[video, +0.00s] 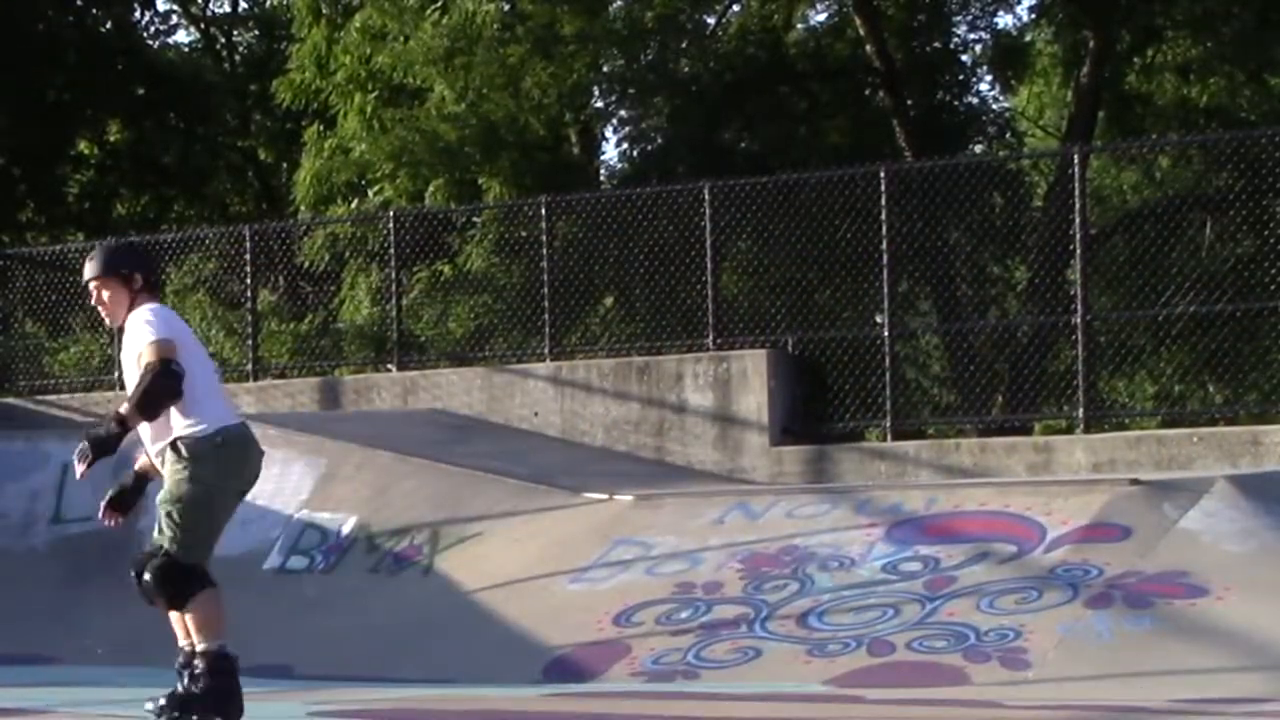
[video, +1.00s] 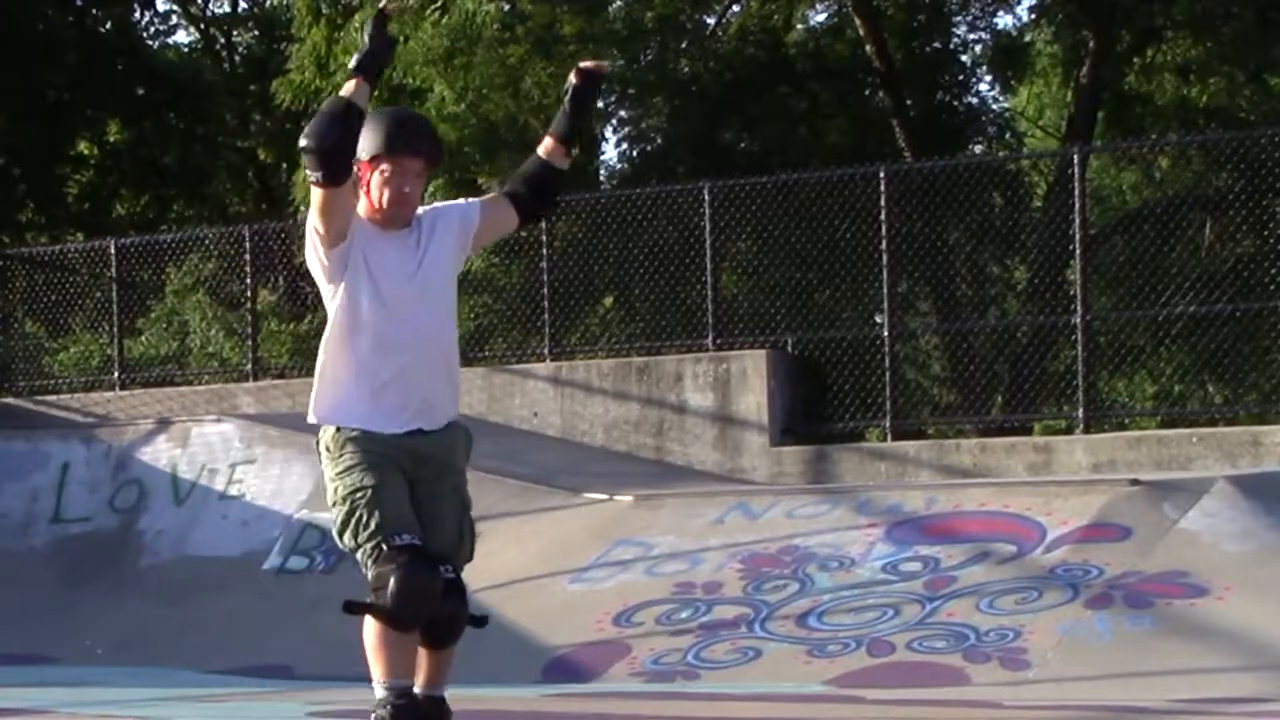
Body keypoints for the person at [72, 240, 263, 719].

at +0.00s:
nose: (95, 299)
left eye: (101, 287)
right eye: (91, 291)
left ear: (133, 282)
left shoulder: (149, 317)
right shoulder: (137, 334)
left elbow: (164, 378)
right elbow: (167, 427)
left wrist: (108, 434)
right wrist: (135, 483)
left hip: (214, 450)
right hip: (194, 455)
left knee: (178, 568)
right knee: (160, 571)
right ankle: (197, 682)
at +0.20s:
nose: (113, 313)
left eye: (119, 299)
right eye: (104, 306)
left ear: (151, 289)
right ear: (101, 310)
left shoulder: (188, 323)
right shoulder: (152, 359)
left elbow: (198, 368)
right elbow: (200, 425)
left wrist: (135, 387)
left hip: (282, 455)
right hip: (223, 467)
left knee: (257, 570)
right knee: (208, 566)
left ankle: (260, 692)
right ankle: (208, 691)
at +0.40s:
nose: (197, 292)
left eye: (207, 279)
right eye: (185, 283)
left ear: (229, 276)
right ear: (171, 289)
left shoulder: (266, 309)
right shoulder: (178, 361)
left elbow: (294, 281)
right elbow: (192, 438)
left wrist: (245, 268)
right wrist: (205, 490)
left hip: (309, 464)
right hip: (240, 477)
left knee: (303, 585)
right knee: (254, 565)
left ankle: (282, 696)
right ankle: (249, 690)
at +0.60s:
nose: (257, 261)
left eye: (266, 248)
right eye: (247, 252)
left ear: (285, 241)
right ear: (232, 255)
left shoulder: (315, 254)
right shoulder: (227, 307)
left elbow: (365, 180)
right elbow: (215, 335)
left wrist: (368, 97)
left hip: (357, 450)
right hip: (284, 461)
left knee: (351, 592)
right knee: (299, 569)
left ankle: (329, 706)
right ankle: (286, 700)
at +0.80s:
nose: (325, 212)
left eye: (337, 199)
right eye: (313, 199)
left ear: (356, 198)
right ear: (292, 201)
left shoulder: (382, 239)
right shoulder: (278, 259)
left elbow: (456, 200)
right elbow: (260, 192)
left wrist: (497, 121)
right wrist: (277, 110)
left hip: (388, 438)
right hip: (313, 442)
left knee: (392, 587)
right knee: (345, 573)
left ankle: (376, 704)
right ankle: (335, 701)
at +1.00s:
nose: (406, 190)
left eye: (418, 177)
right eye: (395, 175)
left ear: (429, 180)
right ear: (362, 172)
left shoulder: (448, 227)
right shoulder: (337, 237)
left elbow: (527, 194)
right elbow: (324, 154)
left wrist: (571, 114)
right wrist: (364, 72)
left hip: (437, 434)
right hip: (358, 435)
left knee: (445, 584)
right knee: (395, 578)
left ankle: (430, 702)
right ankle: (391, 704)